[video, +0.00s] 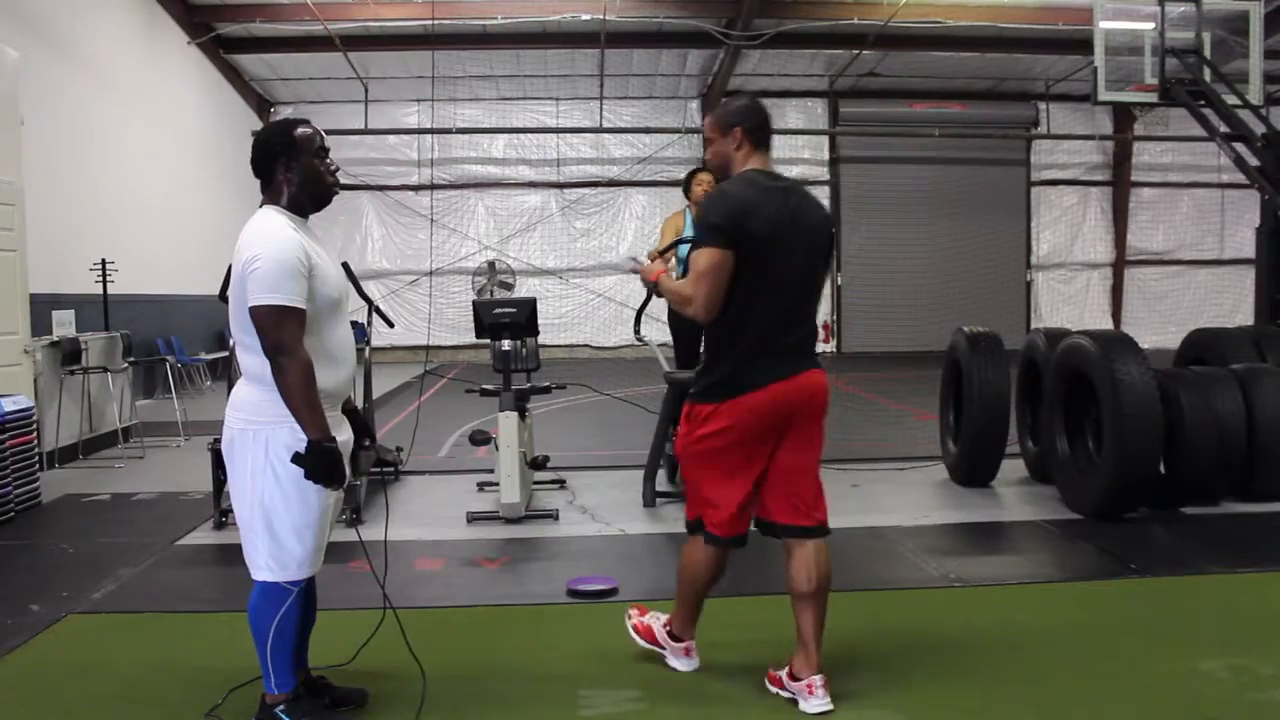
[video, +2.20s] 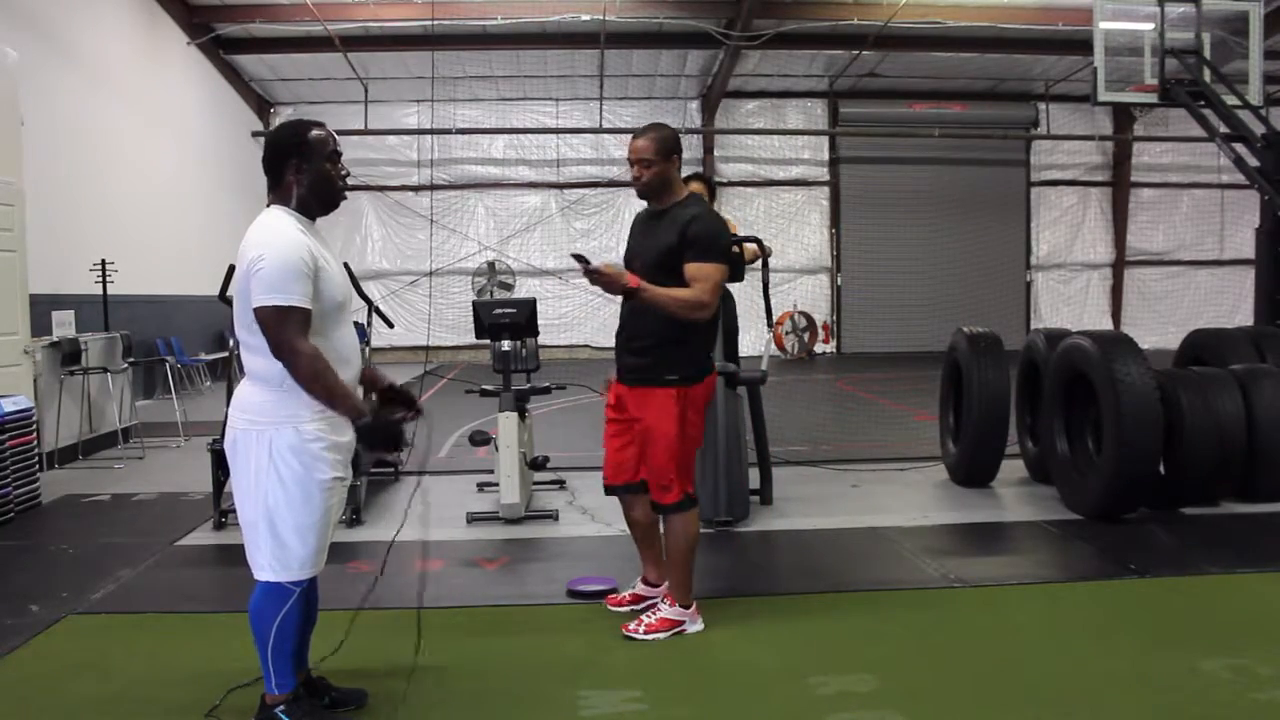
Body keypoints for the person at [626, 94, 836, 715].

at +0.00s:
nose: (706, 151)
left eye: (711, 140)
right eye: (706, 140)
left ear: (737, 138)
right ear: (758, 139)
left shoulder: (725, 202)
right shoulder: (814, 209)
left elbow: (700, 304)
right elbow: (804, 292)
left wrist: (659, 281)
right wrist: (713, 271)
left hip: (731, 395)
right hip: (804, 385)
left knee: (710, 524)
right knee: (805, 527)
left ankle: (679, 635)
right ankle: (807, 671)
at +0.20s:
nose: (665, 165)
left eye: (666, 154)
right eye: (663, 154)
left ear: (688, 148)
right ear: (716, 145)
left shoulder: (681, 215)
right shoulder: (776, 211)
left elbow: (664, 316)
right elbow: (772, 308)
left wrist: (629, 293)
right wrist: (663, 283)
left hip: (693, 395)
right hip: (762, 387)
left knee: (679, 520)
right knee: (764, 517)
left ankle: (676, 638)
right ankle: (795, 640)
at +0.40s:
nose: (633, 169)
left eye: (634, 159)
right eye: (632, 159)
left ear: (651, 153)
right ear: (684, 149)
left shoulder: (645, 218)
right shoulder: (747, 207)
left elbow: (626, 317)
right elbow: (767, 300)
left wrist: (603, 290)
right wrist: (776, 368)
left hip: (666, 391)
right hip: (730, 382)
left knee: (664, 519)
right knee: (729, 493)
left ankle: (675, 637)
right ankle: (752, 590)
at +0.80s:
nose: (617, 173)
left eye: (619, 164)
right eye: (618, 163)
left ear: (637, 161)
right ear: (669, 159)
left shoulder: (626, 221)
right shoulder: (719, 218)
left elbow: (606, 312)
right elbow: (731, 310)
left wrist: (581, 290)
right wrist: (726, 371)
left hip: (641, 384)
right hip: (699, 377)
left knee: (651, 509)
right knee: (675, 498)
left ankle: (677, 637)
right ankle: (657, 590)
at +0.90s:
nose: (619, 174)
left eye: (621, 165)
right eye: (619, 165)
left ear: (639, 164)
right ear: (668, 162)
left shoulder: (629, 221)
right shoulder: (714, 222)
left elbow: (608, 309)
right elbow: (722, 306)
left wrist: (577, 290)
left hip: (640, 382)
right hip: (695, 376)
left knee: (648, 505)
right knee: (667, 495)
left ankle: (677, 634)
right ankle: (654, 592)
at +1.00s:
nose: (618, 175)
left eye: (621, 166)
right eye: (617, 166)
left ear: (642, 163)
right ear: (663, 163)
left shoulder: (630, 219)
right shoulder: (706, 218)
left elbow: (614, 303)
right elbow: (719, 287)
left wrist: (577, 287)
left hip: (637, 384)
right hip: (688, 376)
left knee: (641, 501)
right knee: (660, 494)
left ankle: (674, 628)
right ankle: (651, 593)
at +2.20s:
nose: (633, 173)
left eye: (643, 165)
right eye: (631, 164)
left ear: (673, 164)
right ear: (637, 165)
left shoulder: (703, 223)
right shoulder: (645, 219)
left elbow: (704, 303)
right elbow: (648, 294)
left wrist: (632, 286)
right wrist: (616, 284)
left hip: (676, 381)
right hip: (633, 377)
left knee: (673, 492)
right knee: (627, 482)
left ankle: (681, 605)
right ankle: (656, 583)